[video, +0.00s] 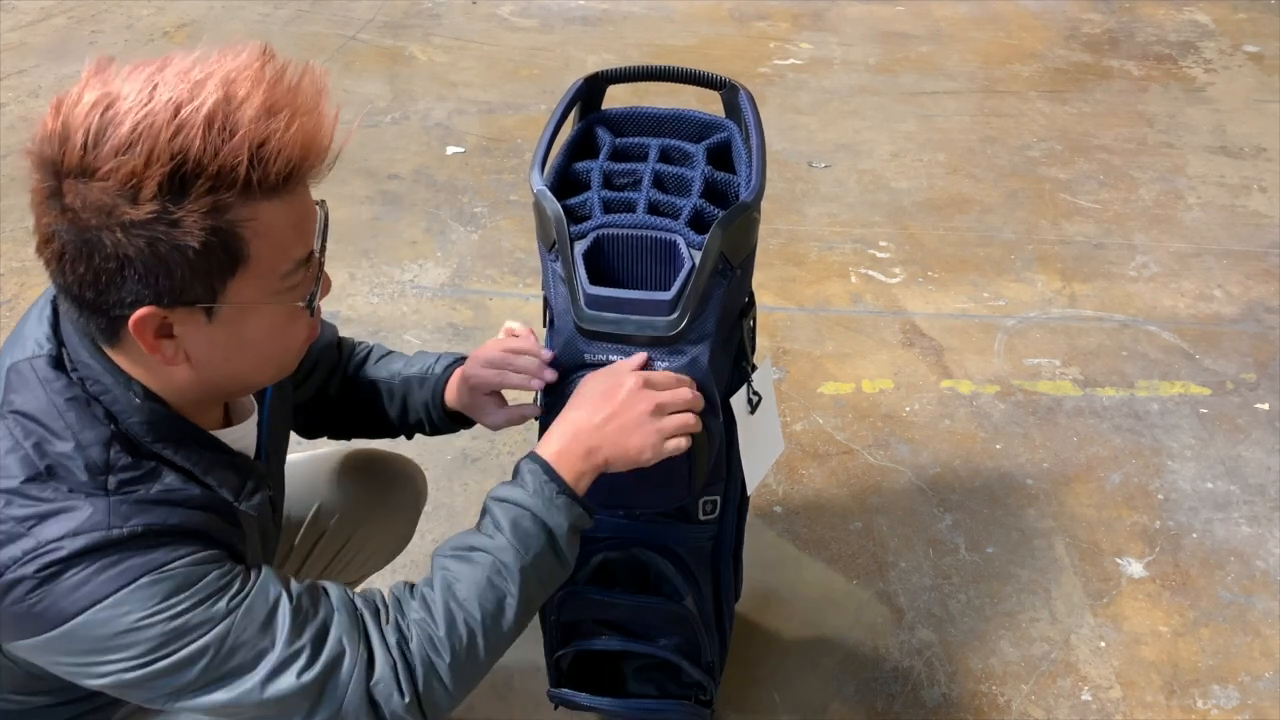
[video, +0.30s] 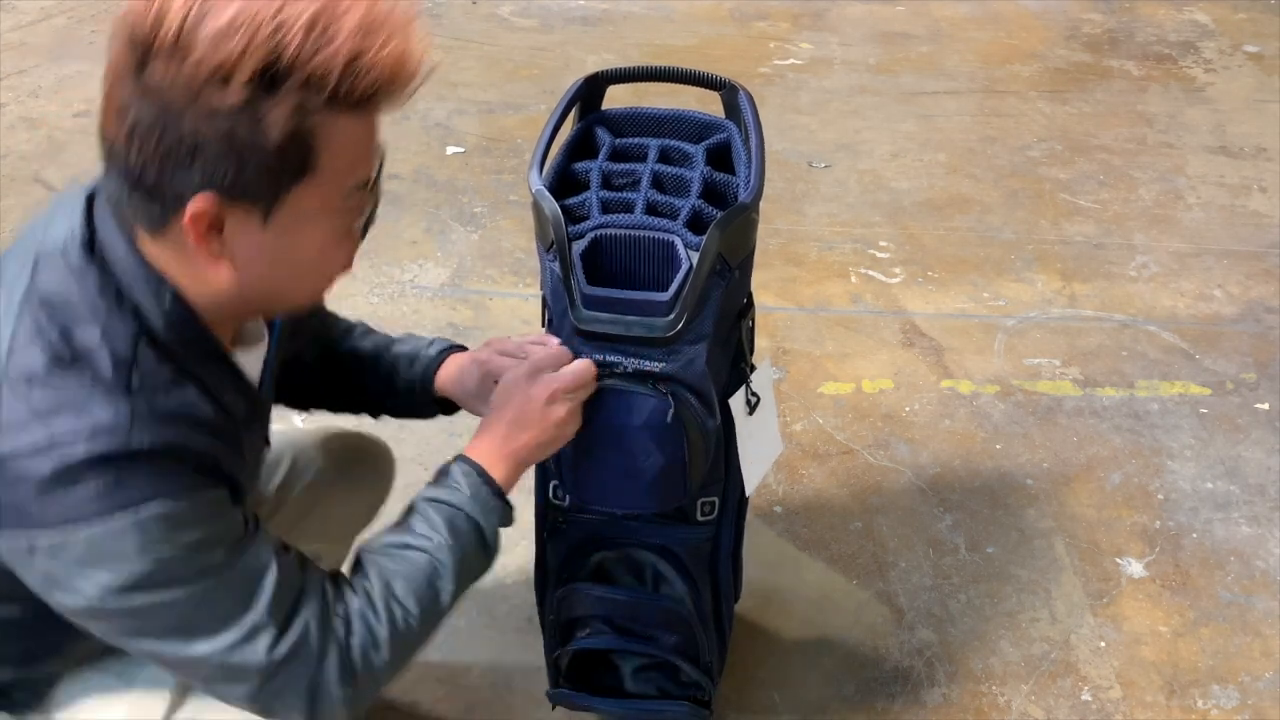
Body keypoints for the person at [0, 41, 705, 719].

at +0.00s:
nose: (323, 290)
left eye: (316, 255)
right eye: (300, 278)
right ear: (163, 336)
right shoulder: (88, 572)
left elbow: (326, 380)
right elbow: (389, 676)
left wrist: (454, 386)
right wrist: (567, 459)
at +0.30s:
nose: (368, 225)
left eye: (370, 191)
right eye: (358, 199)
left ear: (211, 229)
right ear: (212, 232)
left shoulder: (134, 222)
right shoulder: (97, 473)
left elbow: (291, 348)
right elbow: (324, 669)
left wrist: (449, 371)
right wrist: (497, 459)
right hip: (40, 669)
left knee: (352, 468)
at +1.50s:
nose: (462, 12)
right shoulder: (134, 104)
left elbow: (264, 244)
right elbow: (350, 451)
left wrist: (442, 354)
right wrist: (612, 409)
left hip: (16, 390)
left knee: (91, 539)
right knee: (54, 670)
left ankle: (203, 655)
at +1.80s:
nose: (502, 21)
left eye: (515, 7)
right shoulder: (176, 112)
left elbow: (279, 260)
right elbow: (430, 437)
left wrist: (460, 367)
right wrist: (661, 489)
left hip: (16, 396)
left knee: (86, 542)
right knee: (53, 674)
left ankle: (201, 654)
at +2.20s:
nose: (445, 56)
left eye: (468, 39)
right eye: (461, 31)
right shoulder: (82, 168)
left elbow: (343, 115)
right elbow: (212, 503)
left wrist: (481, 294)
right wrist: (488, 524)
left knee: (80, 517)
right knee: (59, 644)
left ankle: (202, 653)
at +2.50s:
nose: (408, 82)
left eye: (426, 56)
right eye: (398, 57)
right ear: (238, 13)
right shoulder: (32, 223)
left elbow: (373, 149)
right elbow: (201, 480)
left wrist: (523, 364)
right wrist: (479, 518)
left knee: (83, 513)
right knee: (39, 622)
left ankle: (200, 653)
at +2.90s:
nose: (382, 104)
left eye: (406, 77)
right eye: (383, 76)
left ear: (194, 17)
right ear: (198, 23)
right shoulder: (19, 256)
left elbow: (347, 189)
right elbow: (178, 498)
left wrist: (515, 380)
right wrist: (472, 524)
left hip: (45, 361)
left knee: (97, 518)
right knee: (37, 628)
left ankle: (199, 654)